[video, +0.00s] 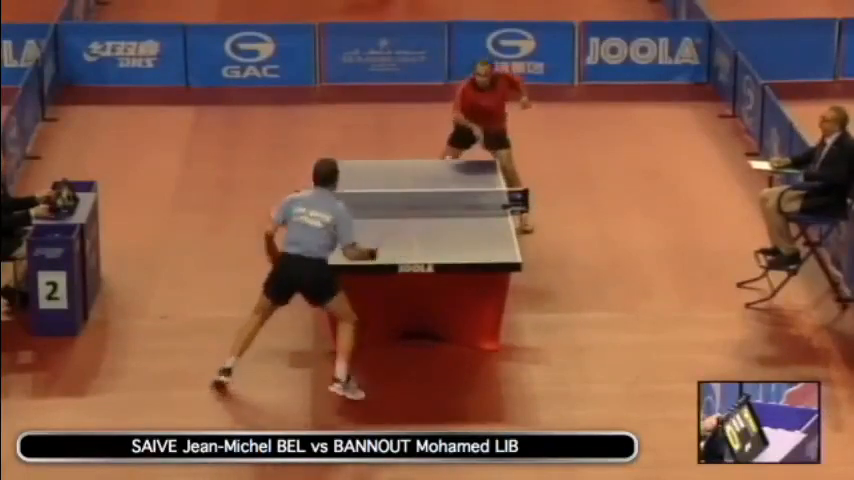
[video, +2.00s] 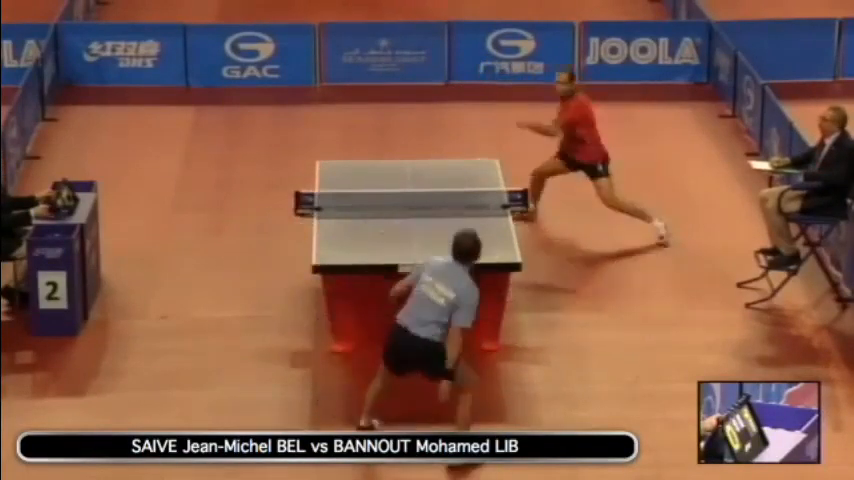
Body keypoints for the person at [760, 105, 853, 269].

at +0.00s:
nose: (821, 123)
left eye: (826, 121)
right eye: (822, 119)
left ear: (838, 125)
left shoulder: (846, 146)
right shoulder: (826, 141)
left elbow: (836, 177)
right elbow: (807, 158)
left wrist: (807, 175)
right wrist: (786, 162)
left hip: (830, 199)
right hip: (814, 191)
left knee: (774, 204)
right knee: (766, 197)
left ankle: (790, 253)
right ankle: (780, 247)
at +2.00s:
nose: (820, 123)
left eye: (825, 120)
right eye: (821, 119)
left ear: (837, 125)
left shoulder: (846, 147)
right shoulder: (826, 141)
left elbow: (837, 178)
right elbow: (807, 158)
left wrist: (806, 175)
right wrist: (786, 162)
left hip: (829, 199)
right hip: (815, 191)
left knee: (773, 204)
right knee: (765, 197)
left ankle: (789, 253)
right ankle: (780, 247)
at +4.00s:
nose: (820, 122)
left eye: (825, 119)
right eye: (821, 118)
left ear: (837, 124)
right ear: (833, 123)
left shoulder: (846, 147)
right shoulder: (827, 139)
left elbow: (836, 177)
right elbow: (809, 157)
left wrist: (803, 175)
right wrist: (787, 163)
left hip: (829, 199)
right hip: (815, 190)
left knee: (773, 205)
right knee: (765, 197)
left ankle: (790, 254)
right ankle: (780, 247)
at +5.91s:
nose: (819, 123)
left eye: (824, 120)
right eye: (820, 119)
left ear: (837, 124)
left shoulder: (846, 147)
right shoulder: (826, 141)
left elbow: (836, 178)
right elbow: (808, 157)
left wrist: (803, 175)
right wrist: (787, 162)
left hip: (830, 199)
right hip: (815, 191)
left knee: (773, 204)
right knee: (765, 197)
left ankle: (790, 254)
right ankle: (780, 247)